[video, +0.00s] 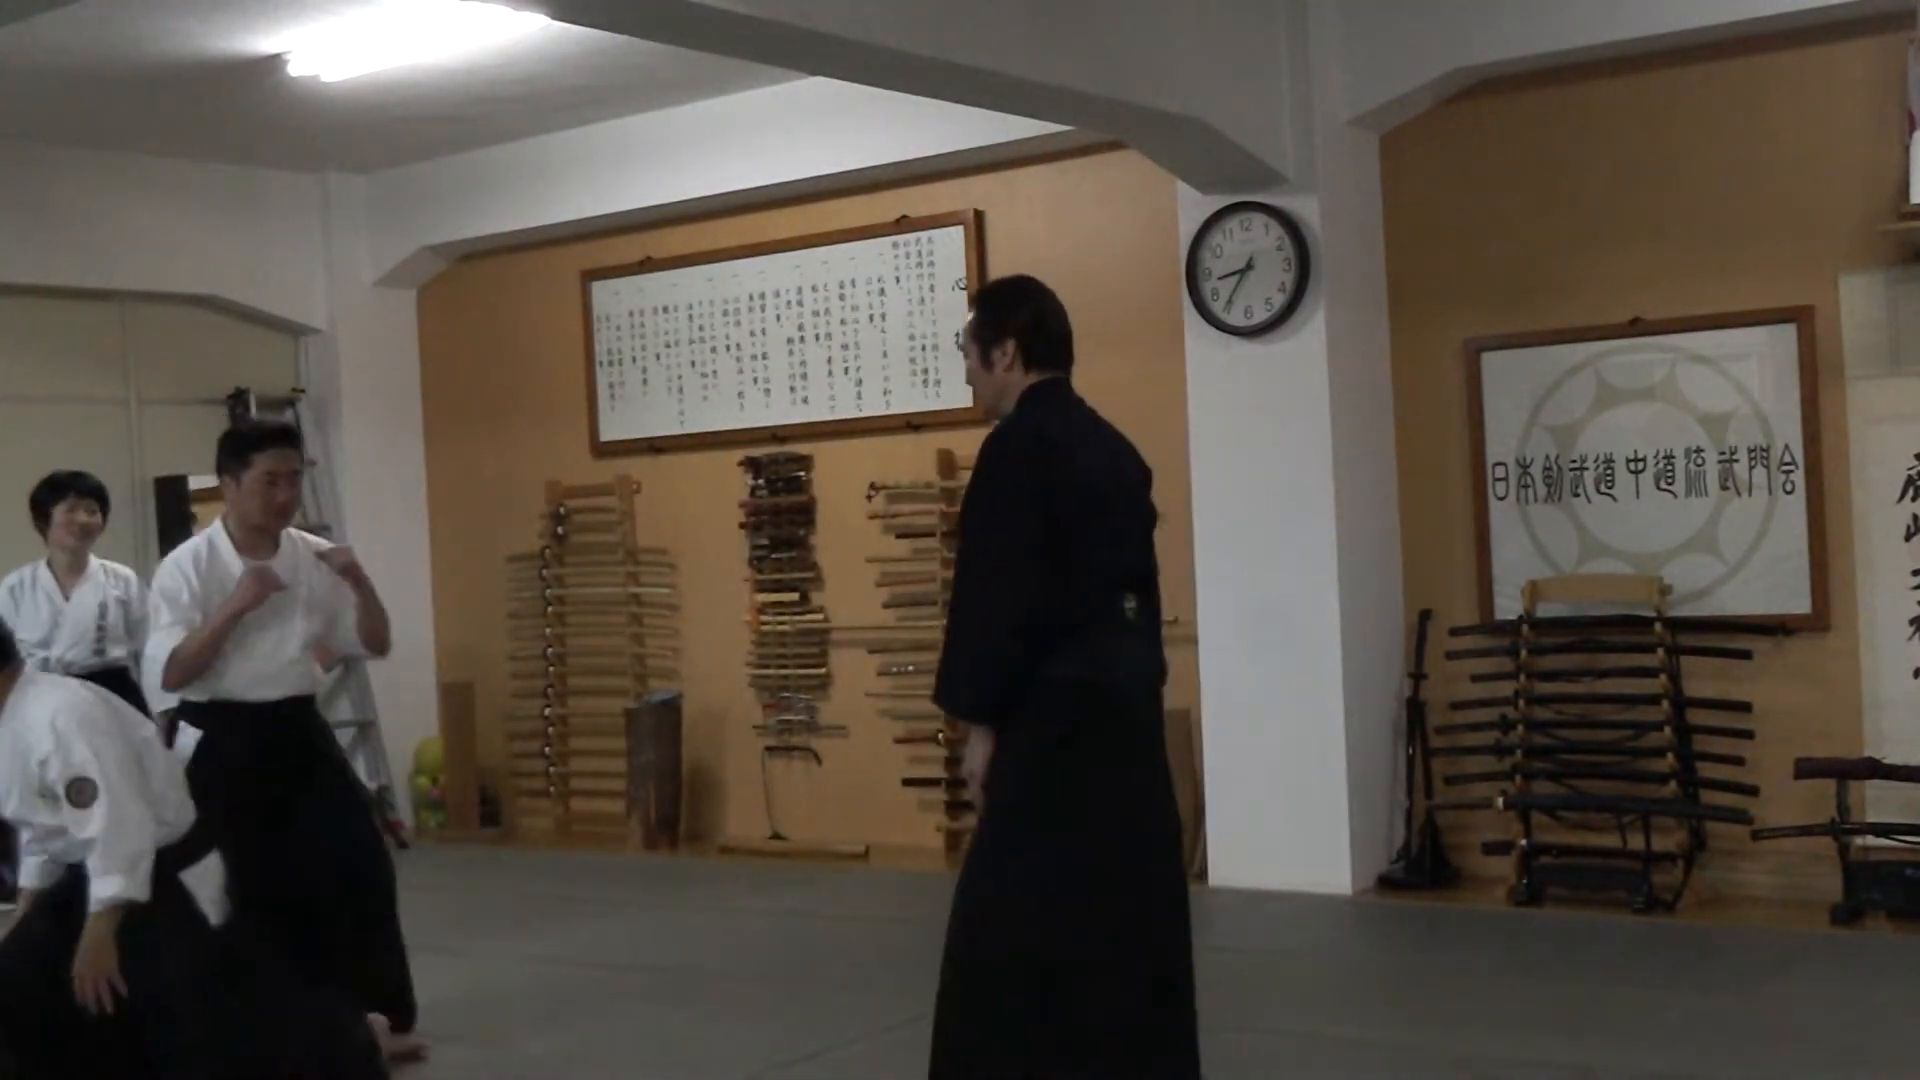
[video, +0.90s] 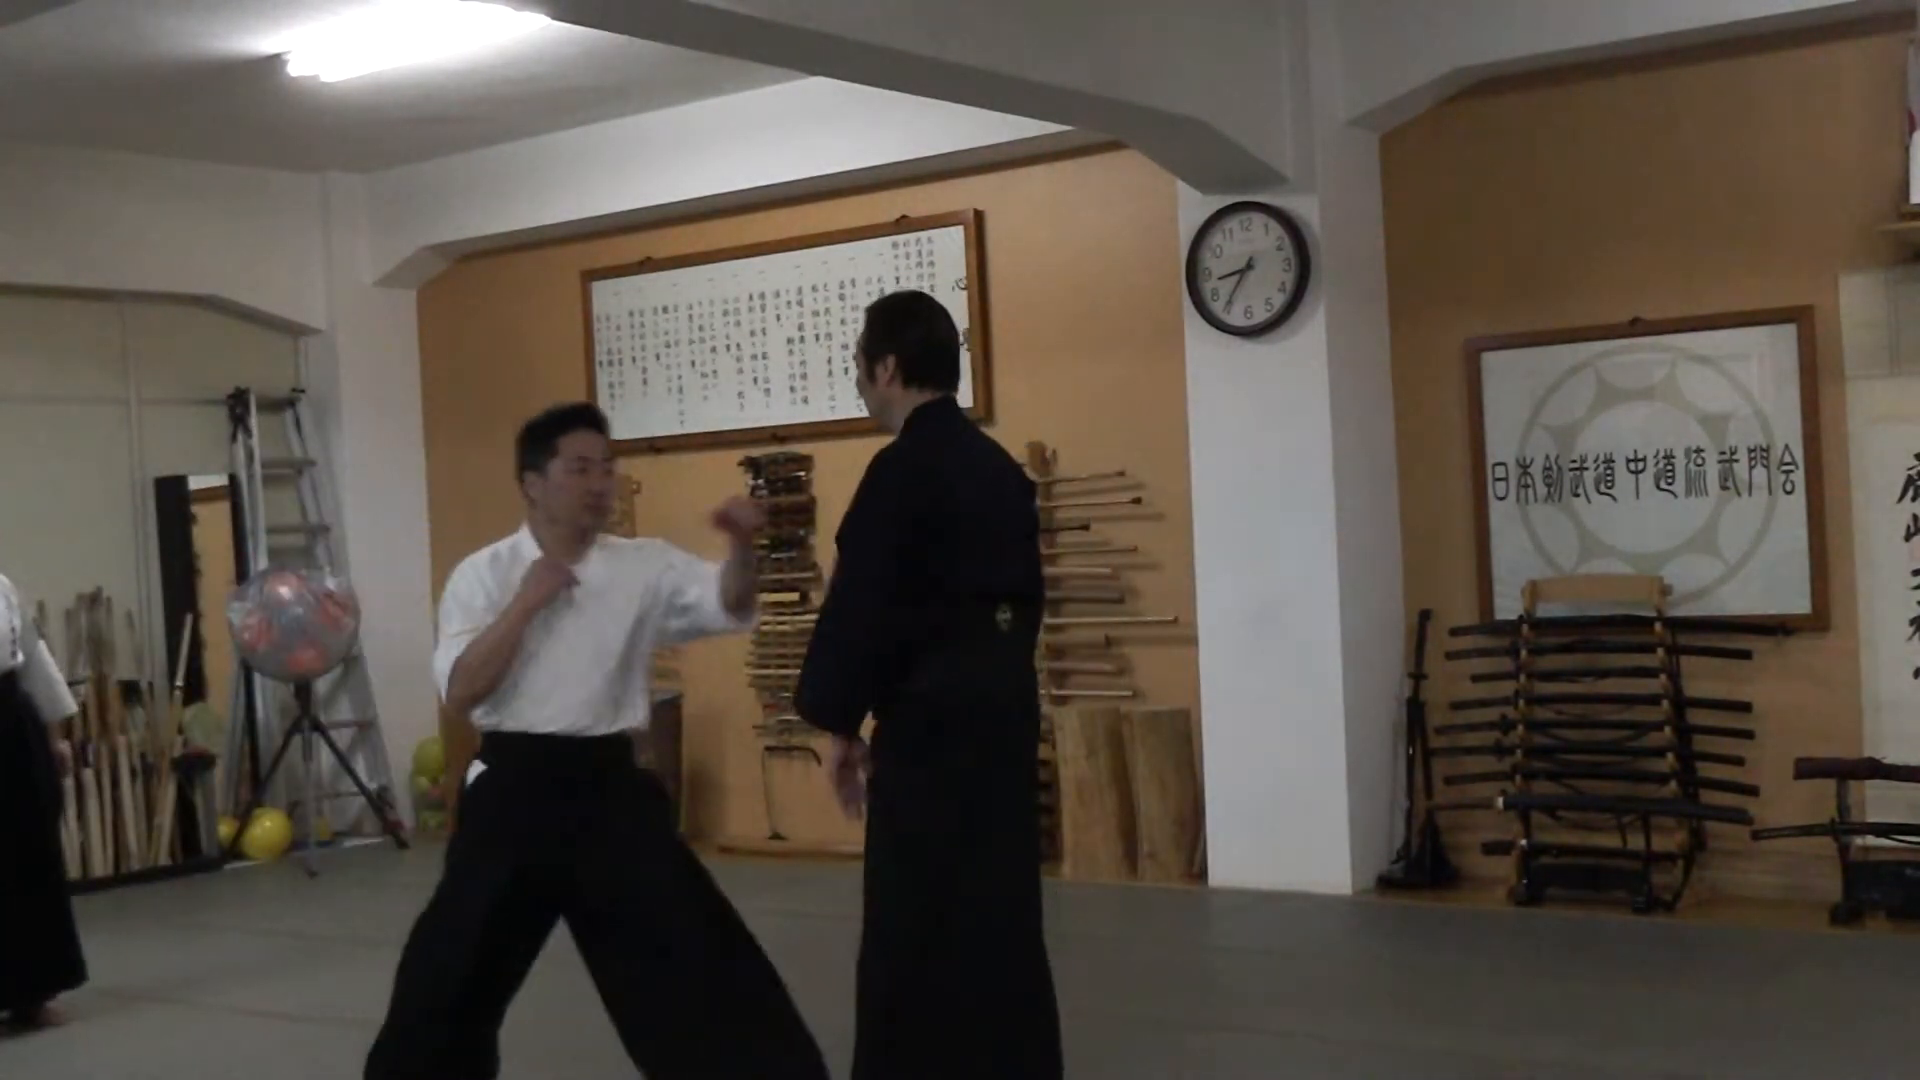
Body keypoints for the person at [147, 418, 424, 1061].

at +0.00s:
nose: (287, 494)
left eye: (295, 480)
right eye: (272, 480)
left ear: (302, 483)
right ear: (229, 484)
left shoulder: (311, 557)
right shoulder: (187, 567)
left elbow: (373, 646)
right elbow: (167, 675)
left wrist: (362, 588)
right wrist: (235, 608)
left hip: (302, 731)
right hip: (224, 740)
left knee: (360, 865)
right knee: (263, 887)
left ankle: (374, 1021)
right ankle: (281, 1032)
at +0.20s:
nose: (345, 479)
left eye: (352, 465)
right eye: (328, 465)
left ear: (361, 474)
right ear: (290, 474)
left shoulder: (377, 554)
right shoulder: (249, 555)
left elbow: (435, 632)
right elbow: (242, 655)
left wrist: (428, 571)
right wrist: (305, 584)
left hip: (353, 733)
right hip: (275, 738)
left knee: (390, 882)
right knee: (277, 891)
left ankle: (405, 1039)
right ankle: (270, 1043)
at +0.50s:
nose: (434, 469)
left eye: (443, 456)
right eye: (418, 454)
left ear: (453, 465)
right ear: (376, 464)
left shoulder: (464, 551)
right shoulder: (336, 547)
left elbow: (523, 632)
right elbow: (338, 645)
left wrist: (507, 554)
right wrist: (398, 560)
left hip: (430, 729)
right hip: (356, 732)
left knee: (432, 888)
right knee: (369, 894)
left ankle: (420, 1043)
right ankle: (321, 1057)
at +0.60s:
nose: (452, 470)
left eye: (460, 456)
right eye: (434, 455)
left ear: (469, 466)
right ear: (391, 467)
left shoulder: (482, 557)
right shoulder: (355, 554)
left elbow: (539, 644)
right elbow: (367, 655)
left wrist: (521, 560)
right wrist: (418, 558)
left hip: (473, 750)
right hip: (394, 757)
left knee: (499, 913)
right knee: (396, 935)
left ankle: (405, 1017)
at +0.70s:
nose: (477, 475)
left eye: (485, 460)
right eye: (458, 460)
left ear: (494, 471)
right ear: (415, 476)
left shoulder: (514, 562)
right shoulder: (382, 569)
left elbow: (572, 657)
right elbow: (403, 676)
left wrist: (560, 570)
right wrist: (442, 578)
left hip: (511, 758)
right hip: (425, 767)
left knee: (584, 875)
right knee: (416, 931)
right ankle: (400, 1065)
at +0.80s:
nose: (522, 478)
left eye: (530, 464)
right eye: (503, 464)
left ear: (539, 476)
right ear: (457, 482)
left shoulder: (571, 564)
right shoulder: (424, 573)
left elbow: (639, 654)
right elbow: (434, 690)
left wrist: (635, 583)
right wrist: (479, 594)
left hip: (557, 770)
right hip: (462, 776)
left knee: (644, 876)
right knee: (431, 938)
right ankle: (397, 1069)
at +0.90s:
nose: (600, 483)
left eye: (607, 469)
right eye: (581, 468)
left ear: (615, 479)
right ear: (532, 484)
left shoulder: (643, 565)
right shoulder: (482, 575)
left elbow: (731, 603)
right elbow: (459, 691)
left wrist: (743, 547)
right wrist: (526, 602)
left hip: (611, 789)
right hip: (511, 791)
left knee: (696, 966)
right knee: (449, 977)